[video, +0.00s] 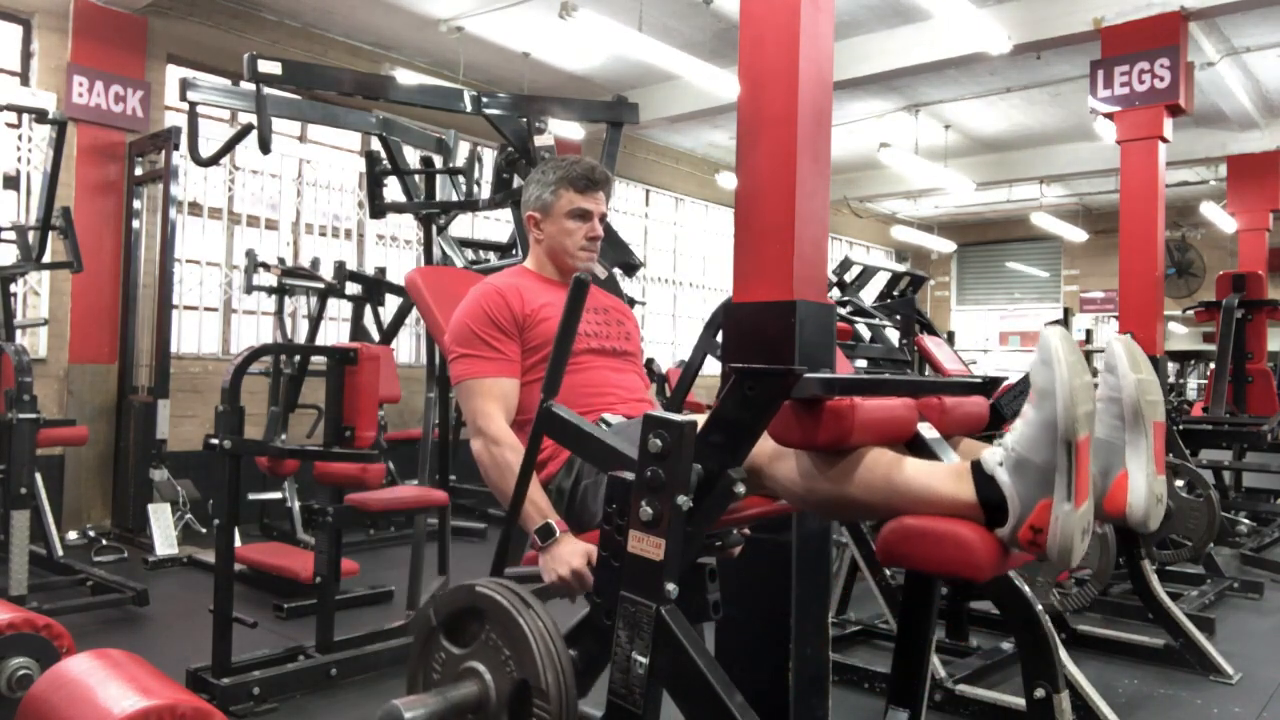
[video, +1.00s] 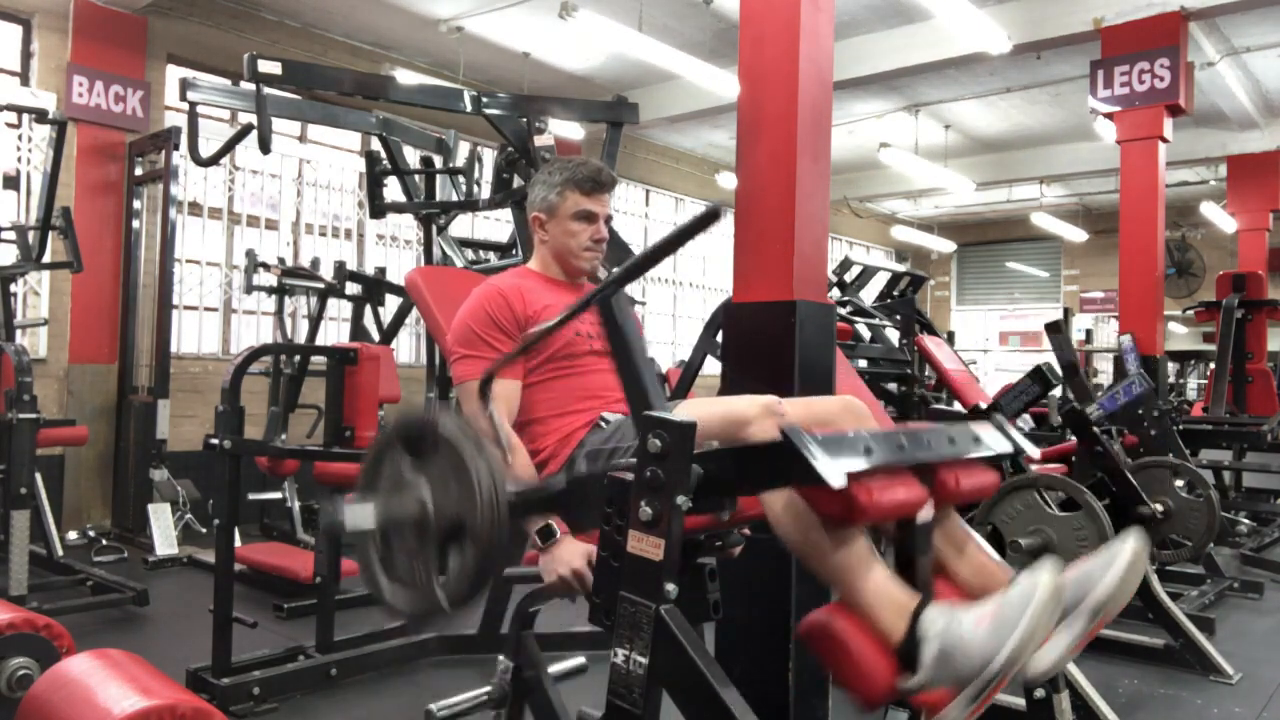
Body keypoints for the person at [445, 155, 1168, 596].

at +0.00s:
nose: (593, 234)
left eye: (598, 222)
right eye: (578, 219)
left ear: (598, 227)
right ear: (533, 219)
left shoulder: (610, 305)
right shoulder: (494, 299)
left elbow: (655, 396)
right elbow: (487, 430)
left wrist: (721, 425)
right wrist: (549, 533)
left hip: (660, 440)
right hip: (585, 460)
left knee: (818, 452)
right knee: (772, 456)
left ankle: (999, 489)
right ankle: (991, 492)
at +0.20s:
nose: (594, 233)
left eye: (599, 220)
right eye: (580, 218)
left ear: (598, 225)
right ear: (534, 218)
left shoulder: (609, 304)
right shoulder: (494, 299)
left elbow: (654, 394)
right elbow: (488, 430)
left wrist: (722, 420)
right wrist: (550, 531)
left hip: (660, 441)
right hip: (588, 463)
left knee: (822, 453)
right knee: (775, 455)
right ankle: (991, 470)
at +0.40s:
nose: (595, 233)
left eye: (600, 221)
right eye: (581, 218)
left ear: (598, 225)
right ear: (535, 218)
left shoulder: (610, 304)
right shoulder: (495, 297)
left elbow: (647, 398)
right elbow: (488, 429)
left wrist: (712, 434)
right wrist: (548, 530)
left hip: (662, 442)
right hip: (587, 464)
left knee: (822, 441)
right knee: (773, 454)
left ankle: (1026, 440)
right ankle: (1001, 452)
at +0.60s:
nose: (597, 233)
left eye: (602, 221)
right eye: (583, 219)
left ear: (599, 226)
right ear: (537, 220)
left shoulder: (609, 303)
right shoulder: (497, 299)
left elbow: (644, 397)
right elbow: (488, 430)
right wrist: (551, 531)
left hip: (657, 439)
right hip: (583, 461)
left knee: (817, 447)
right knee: (768, 453)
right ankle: (990, 459)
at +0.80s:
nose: (597, 237)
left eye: (603, 223)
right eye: (581, 223)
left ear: (603, 224)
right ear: (536, 222)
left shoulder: (607, 301)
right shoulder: (495, 303)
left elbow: (637, 401)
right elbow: (491, 440)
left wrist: (710, 417)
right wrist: (551, 534)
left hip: (654, 440)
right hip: (578, 463)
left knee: (838, 443)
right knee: (760, 428)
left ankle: (1073, 514)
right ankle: (976, 542)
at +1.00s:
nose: (597, 236)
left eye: (603, 223)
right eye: (582, 222)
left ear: (602, 224)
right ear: (538, 224)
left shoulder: (603, 298)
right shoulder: (499, 299)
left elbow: (642, 391)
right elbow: (490, 430)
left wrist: (709, 412)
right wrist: (551, 534)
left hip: (658, 431)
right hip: (590, 456)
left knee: (846, 409)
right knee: (773, 426)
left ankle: (994, 588)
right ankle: (914, 634)